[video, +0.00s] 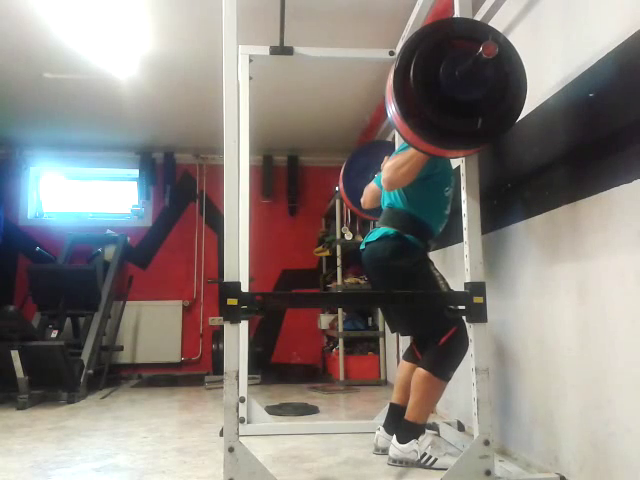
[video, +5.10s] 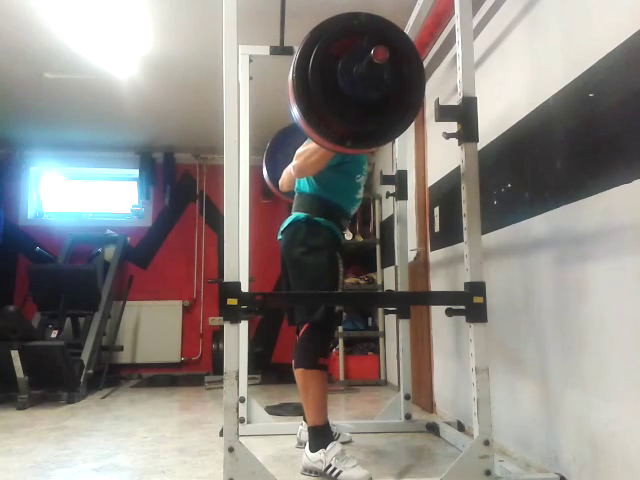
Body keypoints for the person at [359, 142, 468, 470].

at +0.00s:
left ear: (418, 115)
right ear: (438, 112)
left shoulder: (410, 149)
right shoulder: (423, 143)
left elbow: (367, 200)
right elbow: (390, 178)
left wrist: (387, 169)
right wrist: (428, 143)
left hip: (380, 250)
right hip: (397, 250)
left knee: (426, 338)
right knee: (451, 338)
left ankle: (394, 427)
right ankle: (409, 440)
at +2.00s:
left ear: (411, 97)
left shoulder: (403, 133)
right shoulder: (410, 124)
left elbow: (356, 179)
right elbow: (374, 154)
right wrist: (414, 119)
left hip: (377, 228)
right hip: (393, 230)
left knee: (388, 331)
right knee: (408, 330)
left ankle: (390, 427)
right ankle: (409, 439)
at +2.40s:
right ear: (409, 102)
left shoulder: (404, 141)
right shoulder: (391, 132)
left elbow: (341, 181)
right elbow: (355, 160)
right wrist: (394, 127)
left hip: (372, 232)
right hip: (373, 232)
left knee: (383, 329)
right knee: (410, 316)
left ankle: (391, 425)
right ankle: (385, 431)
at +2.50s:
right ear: (403, 102)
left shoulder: (399, 140)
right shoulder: (384, 132)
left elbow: (338, 181)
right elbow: (350, 162)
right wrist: (390, 127)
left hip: (380, 232)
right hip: (369, 230)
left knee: (388, 323)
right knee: (390, 316)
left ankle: (392, 430)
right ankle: (340, 432)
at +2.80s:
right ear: (383, 99)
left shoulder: (379, 137)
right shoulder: (365, 128)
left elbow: (320, 180)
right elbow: (330, 159)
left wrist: (312, 168)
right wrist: (370, 124)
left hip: (366, 236)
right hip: (345, 231)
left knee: (376, 330)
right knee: (346, 330)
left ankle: (392, 430)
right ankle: (321, 446)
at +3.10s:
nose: (403, 122)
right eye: (399, 115)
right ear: (381, 104)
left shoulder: (366, 136)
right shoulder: (353, 126)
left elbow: (300, 176)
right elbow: (310, 154)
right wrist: (353, 124)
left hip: (335, 231)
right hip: (320, 227)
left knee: (344, 326)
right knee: (330, 328)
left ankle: (340, 414)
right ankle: (320, 445)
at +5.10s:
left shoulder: (350, 139)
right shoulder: (334, 133)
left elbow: (285, 183)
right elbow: (296, 170)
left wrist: (298, 167)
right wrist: (338, 140)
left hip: (319, 232)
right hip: (309, 231)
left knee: (316, 331)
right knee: (316, 331)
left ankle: (315, 429)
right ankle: (319, 446)